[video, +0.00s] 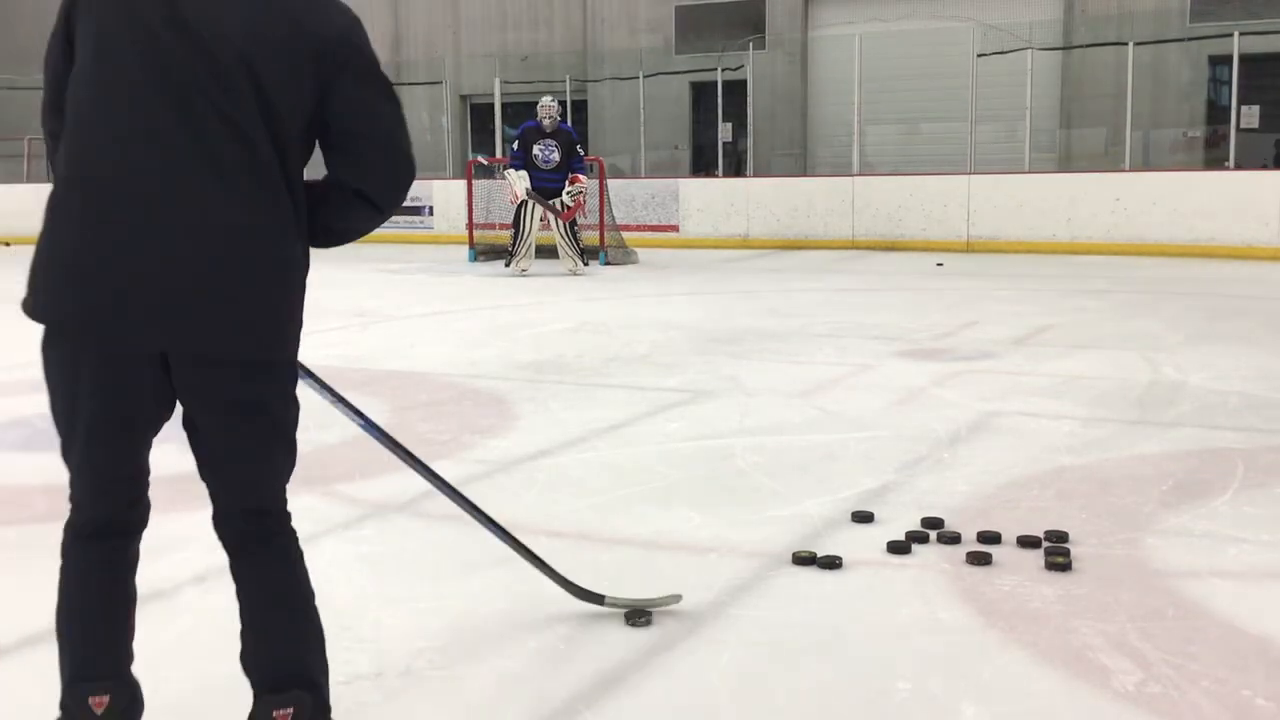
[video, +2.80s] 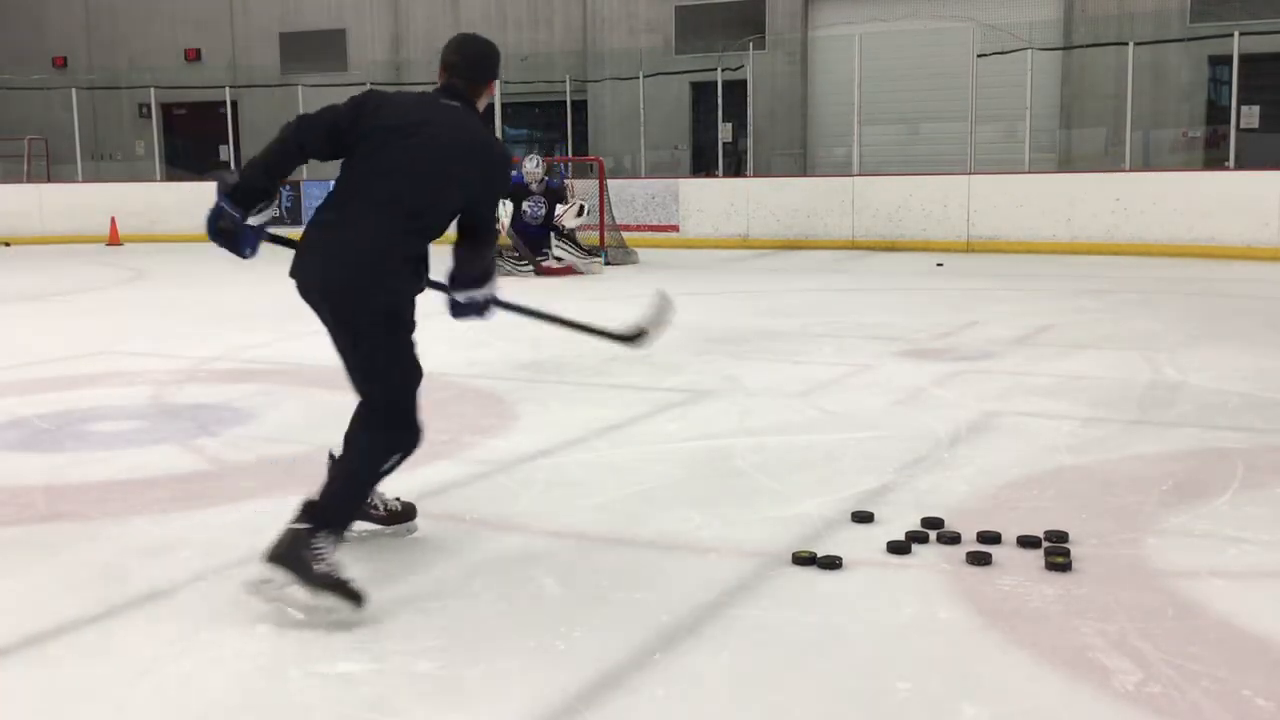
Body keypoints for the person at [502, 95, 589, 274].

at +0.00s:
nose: (547, 113)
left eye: (550, 109)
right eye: (543, 109)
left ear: (557, 111)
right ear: (538, 111)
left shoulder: (567, 133)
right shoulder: (527, 131)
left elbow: (577, 162)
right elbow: (516, 160)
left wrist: (577, 187)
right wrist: (519, 184)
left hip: (559, 191)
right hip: (532, 190)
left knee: (565, 229)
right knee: (525, 228)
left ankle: (576, 265)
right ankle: (520, 265)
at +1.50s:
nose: (536, 133)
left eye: (541, 130)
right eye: (533, 130)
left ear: (546, 131)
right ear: (528, 131)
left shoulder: (556, 149)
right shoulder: (517, 148)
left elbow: (569, 181)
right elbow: (503, 171)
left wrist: (574, 176)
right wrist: (501, 190)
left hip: (552, 197)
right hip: (523, 197)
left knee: (566, 229)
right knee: (511, 231)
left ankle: (578, 263)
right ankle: (501, 264)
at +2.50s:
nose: (538, 155)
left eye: (541, 151)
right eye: (534, 151)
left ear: (547, 152)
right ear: (528, 153)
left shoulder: (556, 170)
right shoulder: (516, 169)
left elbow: (569, 195)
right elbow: (500, 191)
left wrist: (580, 186)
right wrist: (501, 211)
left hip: (549, 209)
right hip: (523, 209)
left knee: (565, 236)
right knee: (510, 237)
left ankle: (584, 263)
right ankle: (491, 265)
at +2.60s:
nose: (538, 158)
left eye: (541, 154)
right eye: (534, 154)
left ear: (548, 156)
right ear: (528, 156)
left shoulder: (556, 174)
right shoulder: (516, 171)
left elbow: (565, 197)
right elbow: (500, 191)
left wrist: (573, 204)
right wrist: (512, 210)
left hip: (549, 217)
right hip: (522, 217)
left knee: (565, 241)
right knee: (512, 243)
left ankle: (587, 264)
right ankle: (493, 266)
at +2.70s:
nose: (536, 164)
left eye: (540, 160)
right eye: (532, 160)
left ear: (547, 160)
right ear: (527, 161)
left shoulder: (556, 180)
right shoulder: (518, 178)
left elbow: (564, 203)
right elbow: (501, 196)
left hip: (549, 224)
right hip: (524, 225)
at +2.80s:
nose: (532, 177)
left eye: (536, 173)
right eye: (529, 173)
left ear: (543, 172)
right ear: (523, 172)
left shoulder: (554, 189)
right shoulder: (515, 187)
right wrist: (502, 218)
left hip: (546, 235)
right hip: (520, 236)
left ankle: (591, 263)